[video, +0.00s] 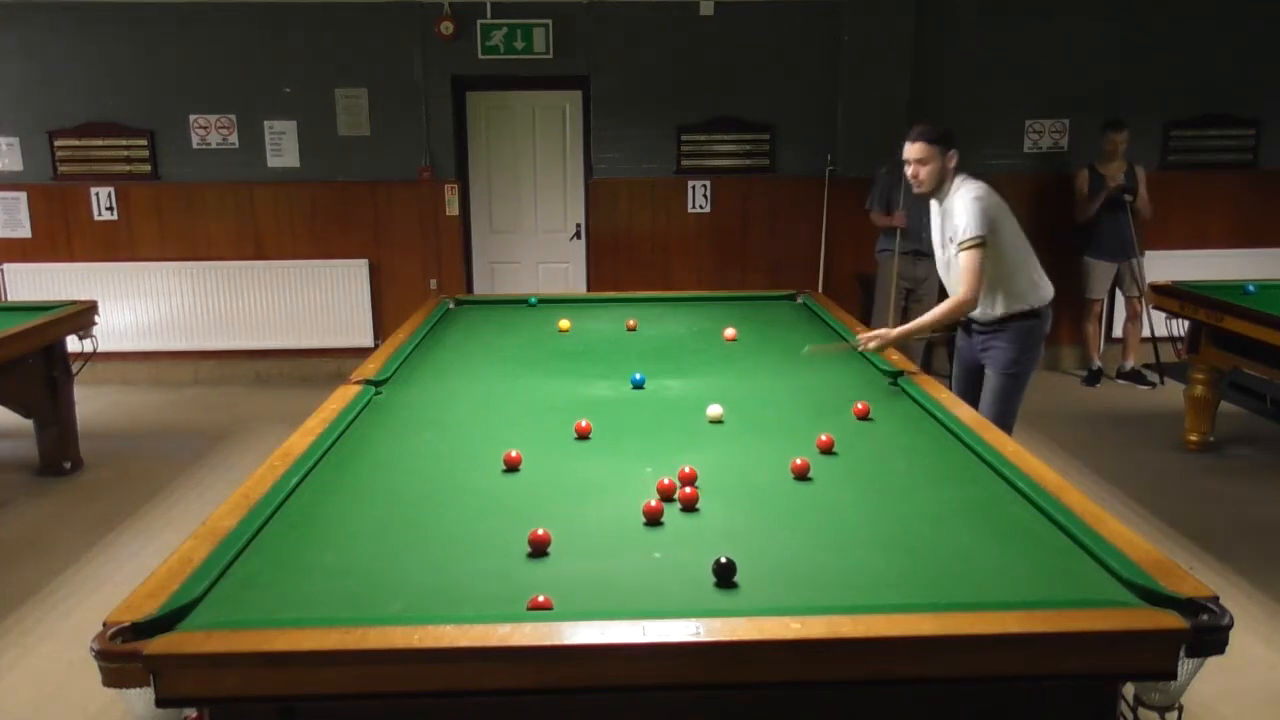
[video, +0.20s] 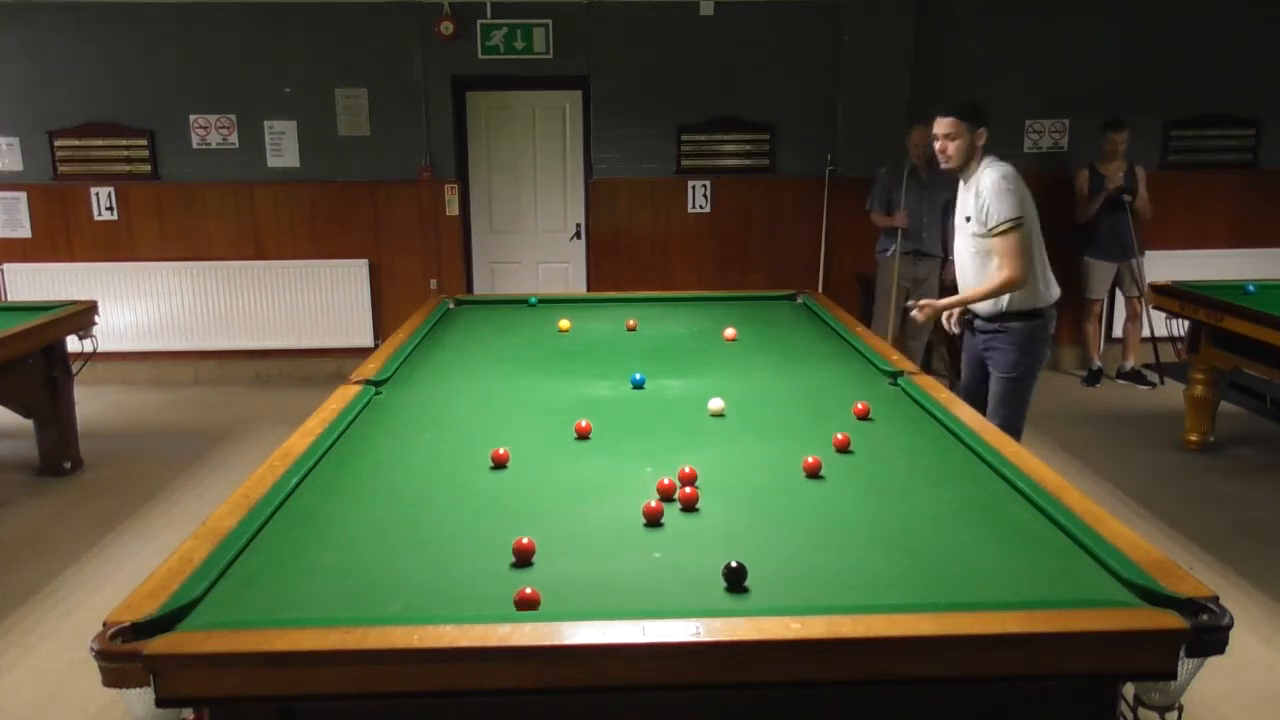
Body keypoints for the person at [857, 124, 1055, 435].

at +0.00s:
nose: (911, 172)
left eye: (921, 163)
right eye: (907, 163)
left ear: (951, 161)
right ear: (903, 163)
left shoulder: (971, 200)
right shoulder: (937, 201)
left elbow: (968, 297)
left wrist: (896, 334)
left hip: (1014, 327)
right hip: (972, 326)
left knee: (990, 436)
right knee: (958, 426)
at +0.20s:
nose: (939, 147)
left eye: (950, 138)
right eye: (937, 138)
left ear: (979, 138)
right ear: (933, 139)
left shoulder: (997, 181)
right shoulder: (968, 183)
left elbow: (1015, 274)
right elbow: (983, 259)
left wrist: (943, 304)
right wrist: (961, 303)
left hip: (1016, 330)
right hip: (980, 326)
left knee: (999, 441)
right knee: (966, 428)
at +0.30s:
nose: (953, 141)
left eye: (964, 131)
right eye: (950, 131)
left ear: (994, 133)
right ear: (946, 133)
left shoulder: (1009, 176)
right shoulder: (977, 178)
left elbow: (1030, 266)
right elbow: (989, 257)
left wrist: (960, 295)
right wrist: (962, 299)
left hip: (1018, 328)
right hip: (982, 324)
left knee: (1005, 437)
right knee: (972, 428)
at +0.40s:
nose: (965, 138)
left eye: (976, 129)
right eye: (961, 129)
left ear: (1005, 130)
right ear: (957, 130)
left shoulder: (1020, 172)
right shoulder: (983, 177)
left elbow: (1039, 265)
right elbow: (984, 253)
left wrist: (969, 291)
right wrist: (963, 295)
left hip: (1017, 331)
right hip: (979, 327)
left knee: (1011, 440)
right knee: (969, 431)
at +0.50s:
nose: (974, 136)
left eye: (985, 127)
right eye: (971, 127)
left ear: (1014, 128)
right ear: (967, 129)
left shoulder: (1029, 171)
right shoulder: (986, 180)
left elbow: (1042, 264)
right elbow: (985, 253)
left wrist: (974, 293)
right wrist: (963, 294)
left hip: (1018, 330)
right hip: (978, 326)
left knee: (1010, 441)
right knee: (967, 432)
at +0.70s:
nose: (983, 136)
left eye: (993, 127)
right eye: (979, 127)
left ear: (1021, 127)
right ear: (976, 128)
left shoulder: (1039, 173)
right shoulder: (987, 180)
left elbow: (1048, 263)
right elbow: (971, 240)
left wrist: (978, 300)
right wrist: (958, 284)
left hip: (1017, 326)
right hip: (975, 325)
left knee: (1009, 436)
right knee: (966, 426)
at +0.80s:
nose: (983, 137)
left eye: (993, 128)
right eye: (979, 128)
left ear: (1021, 127)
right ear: (976, 129)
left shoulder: (1040, 173)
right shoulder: (985, 179)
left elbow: (1051, 262)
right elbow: (969, 241)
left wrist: (982, 300)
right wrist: (954, 283)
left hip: (1017, 324)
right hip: (974, 322)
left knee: (1007, 433)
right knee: (968, 425)